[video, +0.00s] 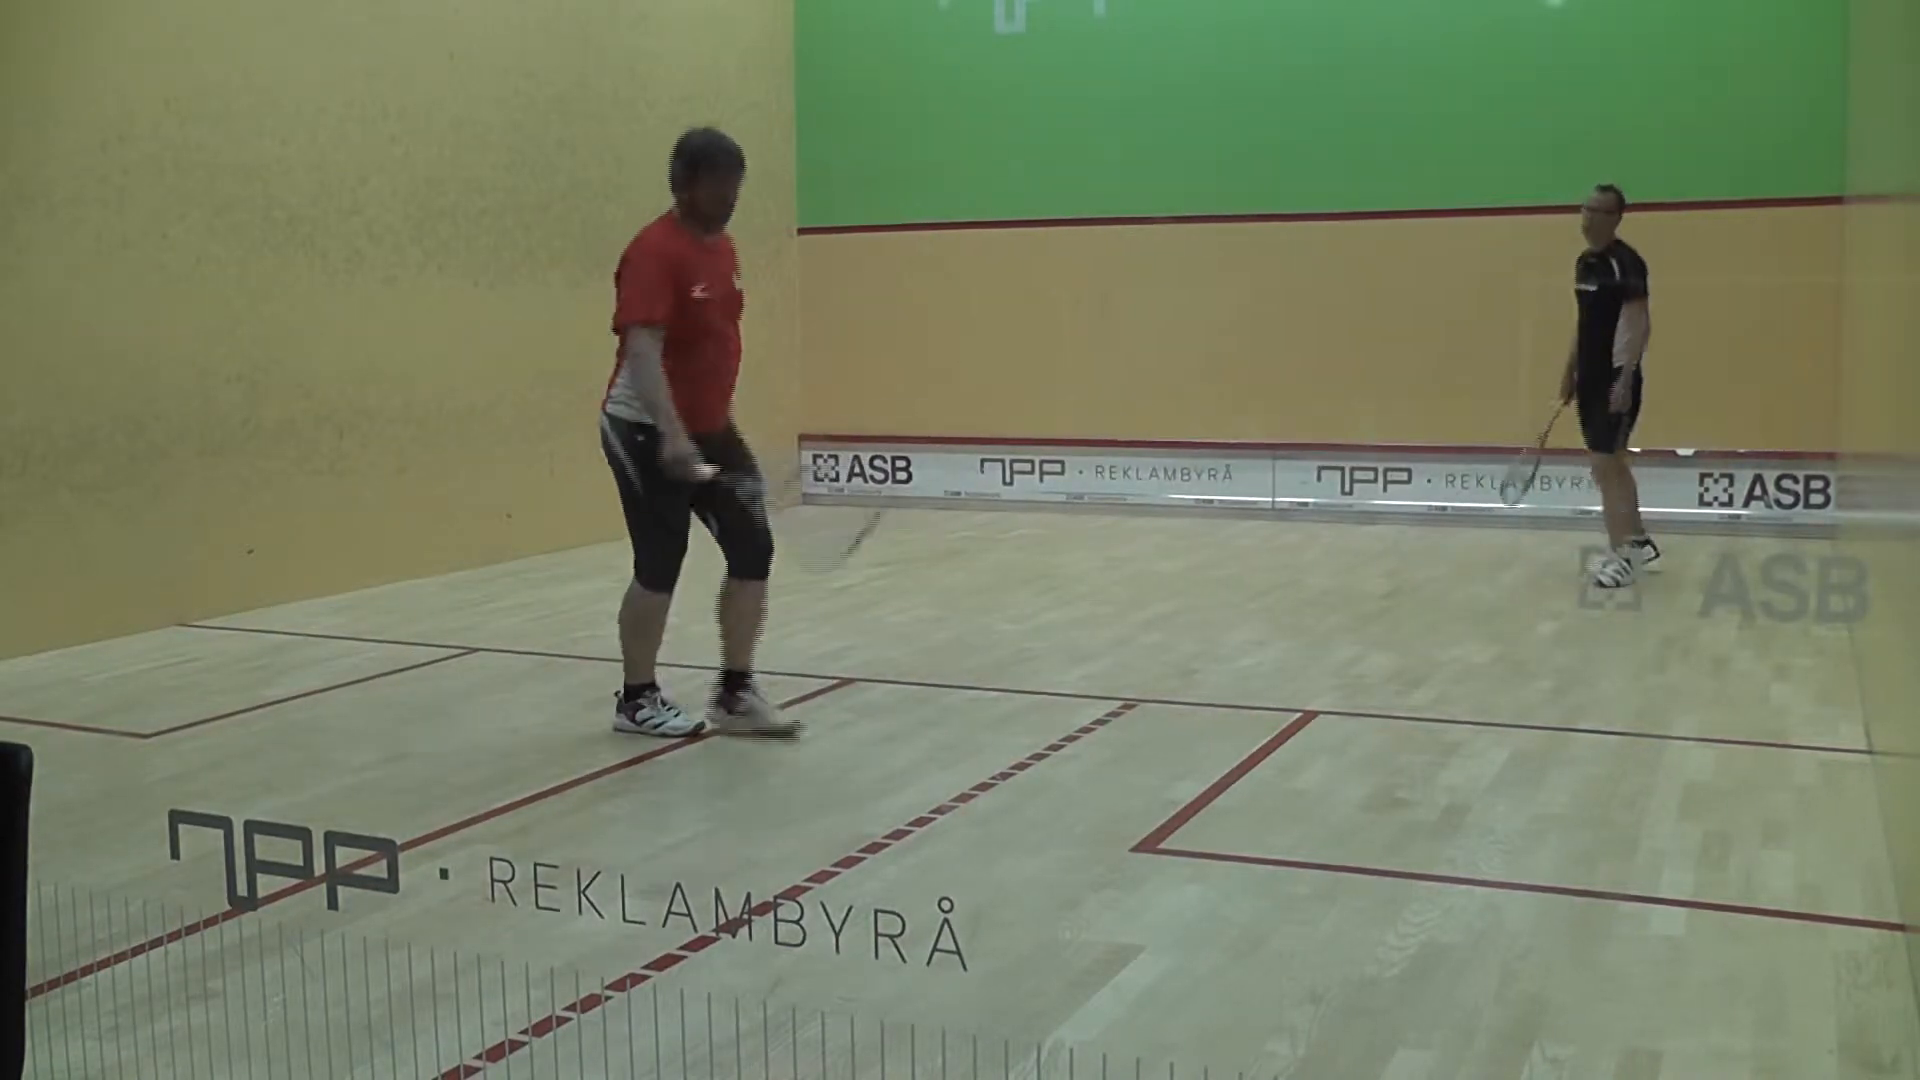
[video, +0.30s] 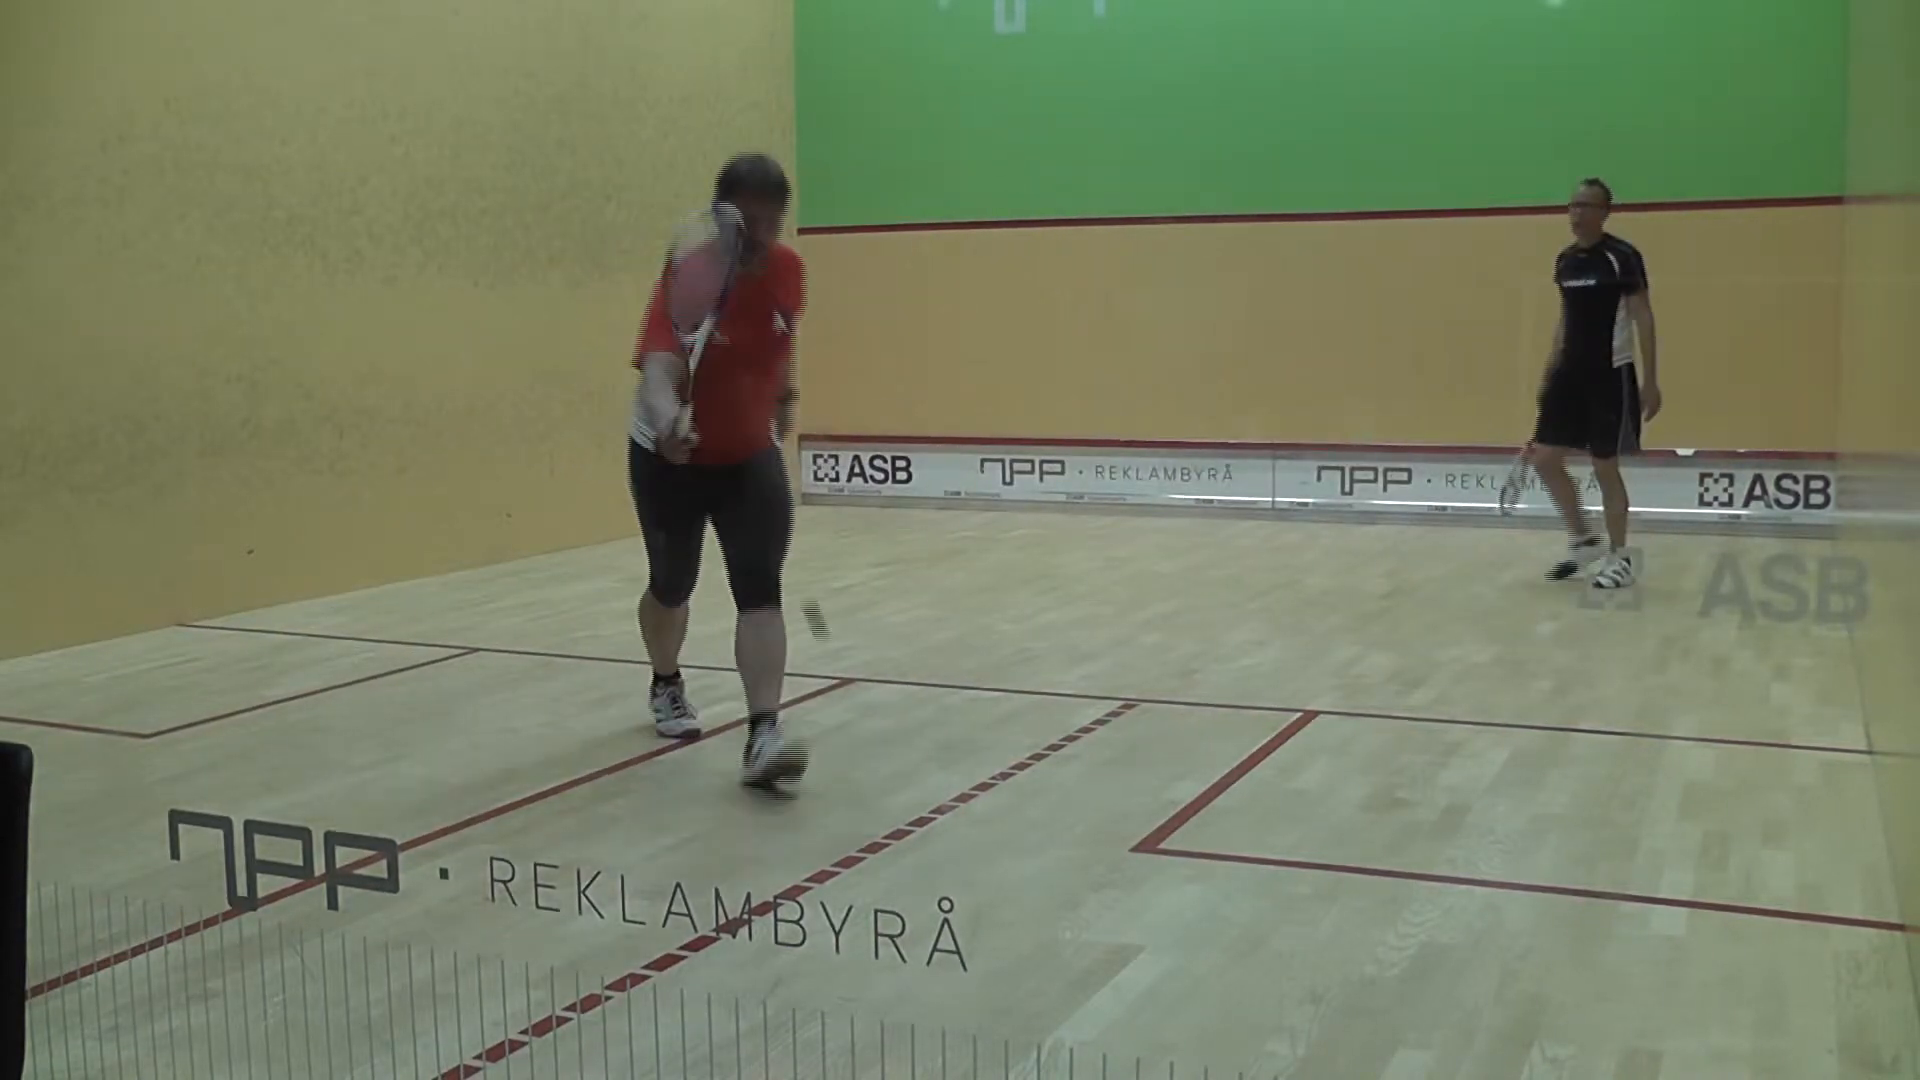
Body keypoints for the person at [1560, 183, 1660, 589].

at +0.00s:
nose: (1587, 218)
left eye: (1597, 212)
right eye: (1586, 210)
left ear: (1617, 218)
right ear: (1583, 213)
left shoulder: (1628, 263)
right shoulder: (1586, 262)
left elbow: (1637, 325)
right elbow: (1585, 323)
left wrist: (1625, 380)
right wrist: (1571, 371)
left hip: (1617, 377)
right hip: (1591, 375)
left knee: (1606, 466)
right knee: (1610, 463)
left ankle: (1623, 556)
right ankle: (1636, 539)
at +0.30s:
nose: (1576, 212)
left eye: (1586, 206)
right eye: (1573, 205)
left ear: (1606, 212)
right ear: (1568, 210)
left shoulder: (1623, 257)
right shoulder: (1565, 261)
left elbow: (1644, 319)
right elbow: (1566, 323)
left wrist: (1650, 382)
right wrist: (1551, 376)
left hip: (1610, 377)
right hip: (1570, 376)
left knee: (1605, 466)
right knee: (1544, 458)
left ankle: (1619, 557)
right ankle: (1583, 540)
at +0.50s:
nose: (1555, 217)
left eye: (1564, 211)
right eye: (1551, 210)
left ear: (1583, 216)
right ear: (1546, 214)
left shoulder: (1604, 261)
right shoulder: (1541, 267)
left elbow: (1628, 322)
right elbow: (1538, 327)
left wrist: (1638, 384)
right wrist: (1518, 382)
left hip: (1596, 380)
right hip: (1551, 380)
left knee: (1602, 469)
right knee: (1529, 463)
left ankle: (1619, 558)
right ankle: (1521, 562)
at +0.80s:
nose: (1509, 211)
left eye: (1518, 204)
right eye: (1504, 203)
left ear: (1534, 211)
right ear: (1496, 208)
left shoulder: (1555, 257)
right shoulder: (1488, 262)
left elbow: (1575, 321)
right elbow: (1478, 327)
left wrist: (1576, 381)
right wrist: (1460, 386)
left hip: (1541, 381)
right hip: (1497, 380)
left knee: (1540, 477)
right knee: (1494, 474)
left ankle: (1574, 551)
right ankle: (1510, 572)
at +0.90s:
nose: (1499, 207)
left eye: (1508, 200)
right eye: (1494, 198)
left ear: (1526, 206)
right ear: (1487, 203)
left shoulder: (1545, 254)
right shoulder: (1473, 260)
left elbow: (1564, 317)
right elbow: (1464, 322)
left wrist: (1567, 377)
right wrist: (1446, 380)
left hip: (1531, 375)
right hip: (1487, 375)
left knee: (1520, 469)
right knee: (1491, 472)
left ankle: (1540, 544)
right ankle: (1509, 570)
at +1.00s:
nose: (1485, 207)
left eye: (1495, 201)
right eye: (1480, 200)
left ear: (1512, 207)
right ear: (1473, 205)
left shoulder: (1531, 257)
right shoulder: (1460, 258)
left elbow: (1550, 320)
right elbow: (1445, 320)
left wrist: (1555, 383)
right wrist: (1425, 381)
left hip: (1514, 372)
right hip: (1471, 372)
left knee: (1496, 472)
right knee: (1485, 474)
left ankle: (1504, 573)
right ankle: (1508, 567)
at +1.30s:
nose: (1446, 210)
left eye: (1456, 204)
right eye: (1442, 201)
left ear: (1476, 210)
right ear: (1436, 205)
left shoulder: (1496, 261)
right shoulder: (1426, 261)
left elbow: (1515, 332)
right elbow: (1414, 327)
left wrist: (1522, 396)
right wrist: (1393, 389)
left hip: (1474, 383)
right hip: (1433, 381)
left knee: (1448, 486)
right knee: (1428, 491)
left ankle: (1447, 593)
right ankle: (1482, 544)